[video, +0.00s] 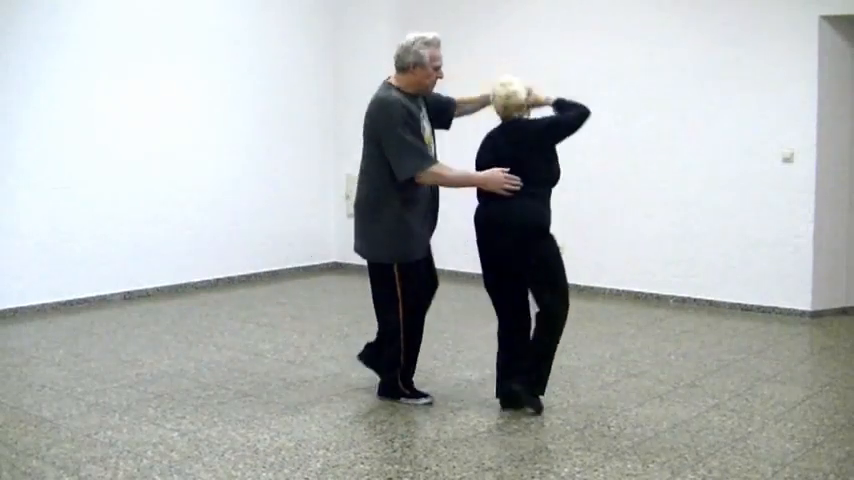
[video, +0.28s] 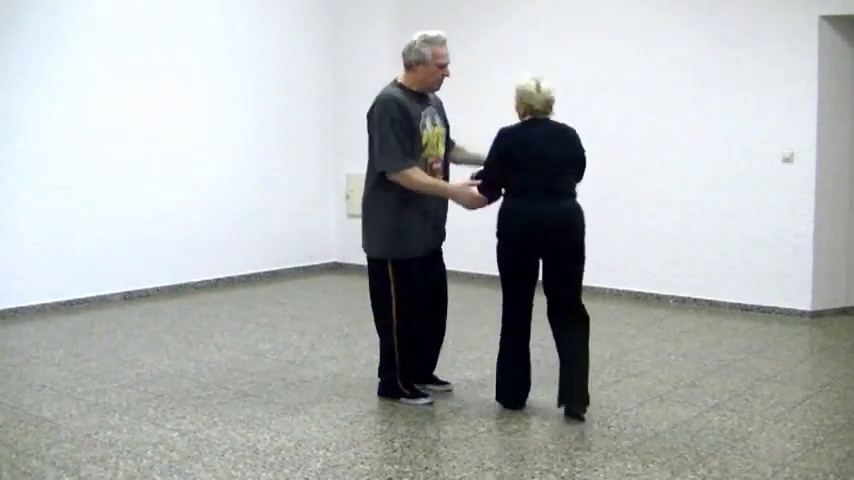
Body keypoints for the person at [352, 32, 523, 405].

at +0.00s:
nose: (440, 75)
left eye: (440, 67)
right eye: (434, 68)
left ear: (415, 68)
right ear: (409, 69)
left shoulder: (412, 97)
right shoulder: (391, 107)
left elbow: (452, 109)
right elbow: (421, 172)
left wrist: (494, 97)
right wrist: (480, 178)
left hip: (406, 223)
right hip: (388, 228)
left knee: (423, 286)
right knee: (401, 305)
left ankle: (381, 350)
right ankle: (396, 384)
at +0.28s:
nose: (447, 72)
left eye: (447, 65)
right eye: (441, 65)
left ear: (424, 67)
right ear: (416, 66)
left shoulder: (432, 102)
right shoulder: (388, 105)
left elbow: (445, 152)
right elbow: (398, 171)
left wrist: (488, 161)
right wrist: (452, 191)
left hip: (425, 230)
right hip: (392, 234)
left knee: (431, 304)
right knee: (397, 311)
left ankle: (420, 371)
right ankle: (394, 383)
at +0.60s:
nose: (456, 74)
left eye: (457, 67)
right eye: (451, 67)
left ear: (437, 68)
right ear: (426, 67)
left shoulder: (447, 107)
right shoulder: (397, 104)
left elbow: (453, 159)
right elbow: (393, 165)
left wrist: (467, 178)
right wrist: (444, 180)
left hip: (433, 221)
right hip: (401, 222)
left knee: (427, 292)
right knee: (433, 286)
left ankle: (419, 371)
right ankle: (410, 374)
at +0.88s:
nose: (456, 73)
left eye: (457, 66)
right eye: (450, 66)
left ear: (440, 67)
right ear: (426, 66)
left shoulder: (442, 110)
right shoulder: (399, 104)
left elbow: (447, 164)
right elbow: (399, 164)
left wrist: (468, 178)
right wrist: (447, 182)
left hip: (435, 227)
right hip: (406, 228)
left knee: (435, 300)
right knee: (426, 300)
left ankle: (423, 374)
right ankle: (413, 377)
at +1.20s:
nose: (454, 73)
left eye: (455, 66)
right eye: (450, 66)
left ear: (431, 66)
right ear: (427, 65)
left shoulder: (420, 99)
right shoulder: (404, 95)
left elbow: (416, 151)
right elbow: (393, 144)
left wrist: (445, 167)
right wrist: (441, 161)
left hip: (413, 218)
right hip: (402, 220)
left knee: (428, 289)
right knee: (433, 287)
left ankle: (406, 364)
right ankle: (411, 370)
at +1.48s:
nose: (447, 81)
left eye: (448, 73)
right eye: (444, 73)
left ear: (418, 70)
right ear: (426, 69)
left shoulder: (380, 95)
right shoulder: (414, 99)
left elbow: (339, 147)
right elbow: (419, 158)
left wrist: (336, 188)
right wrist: (464, 188)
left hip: (370, 220)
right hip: (392, 223)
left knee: (403, 298)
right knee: (398, 303)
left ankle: (412, 368)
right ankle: (386, 381)